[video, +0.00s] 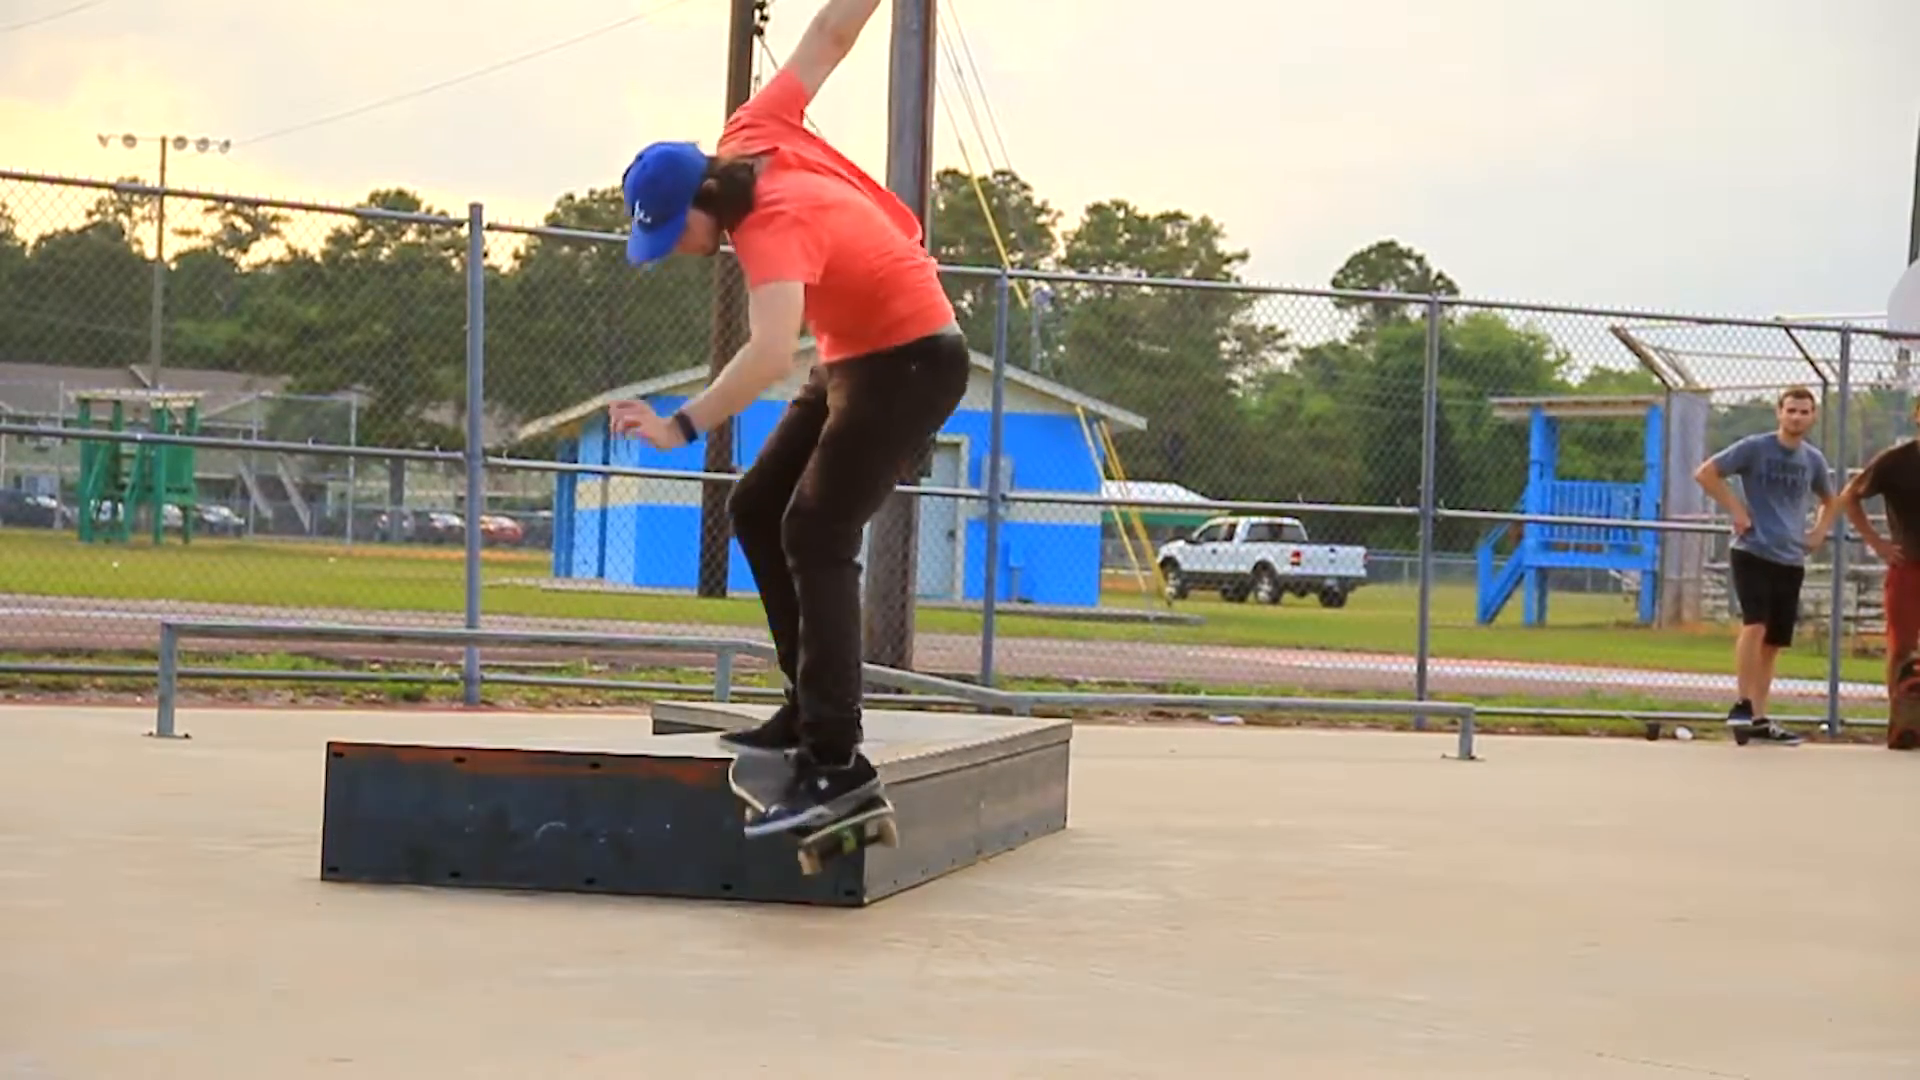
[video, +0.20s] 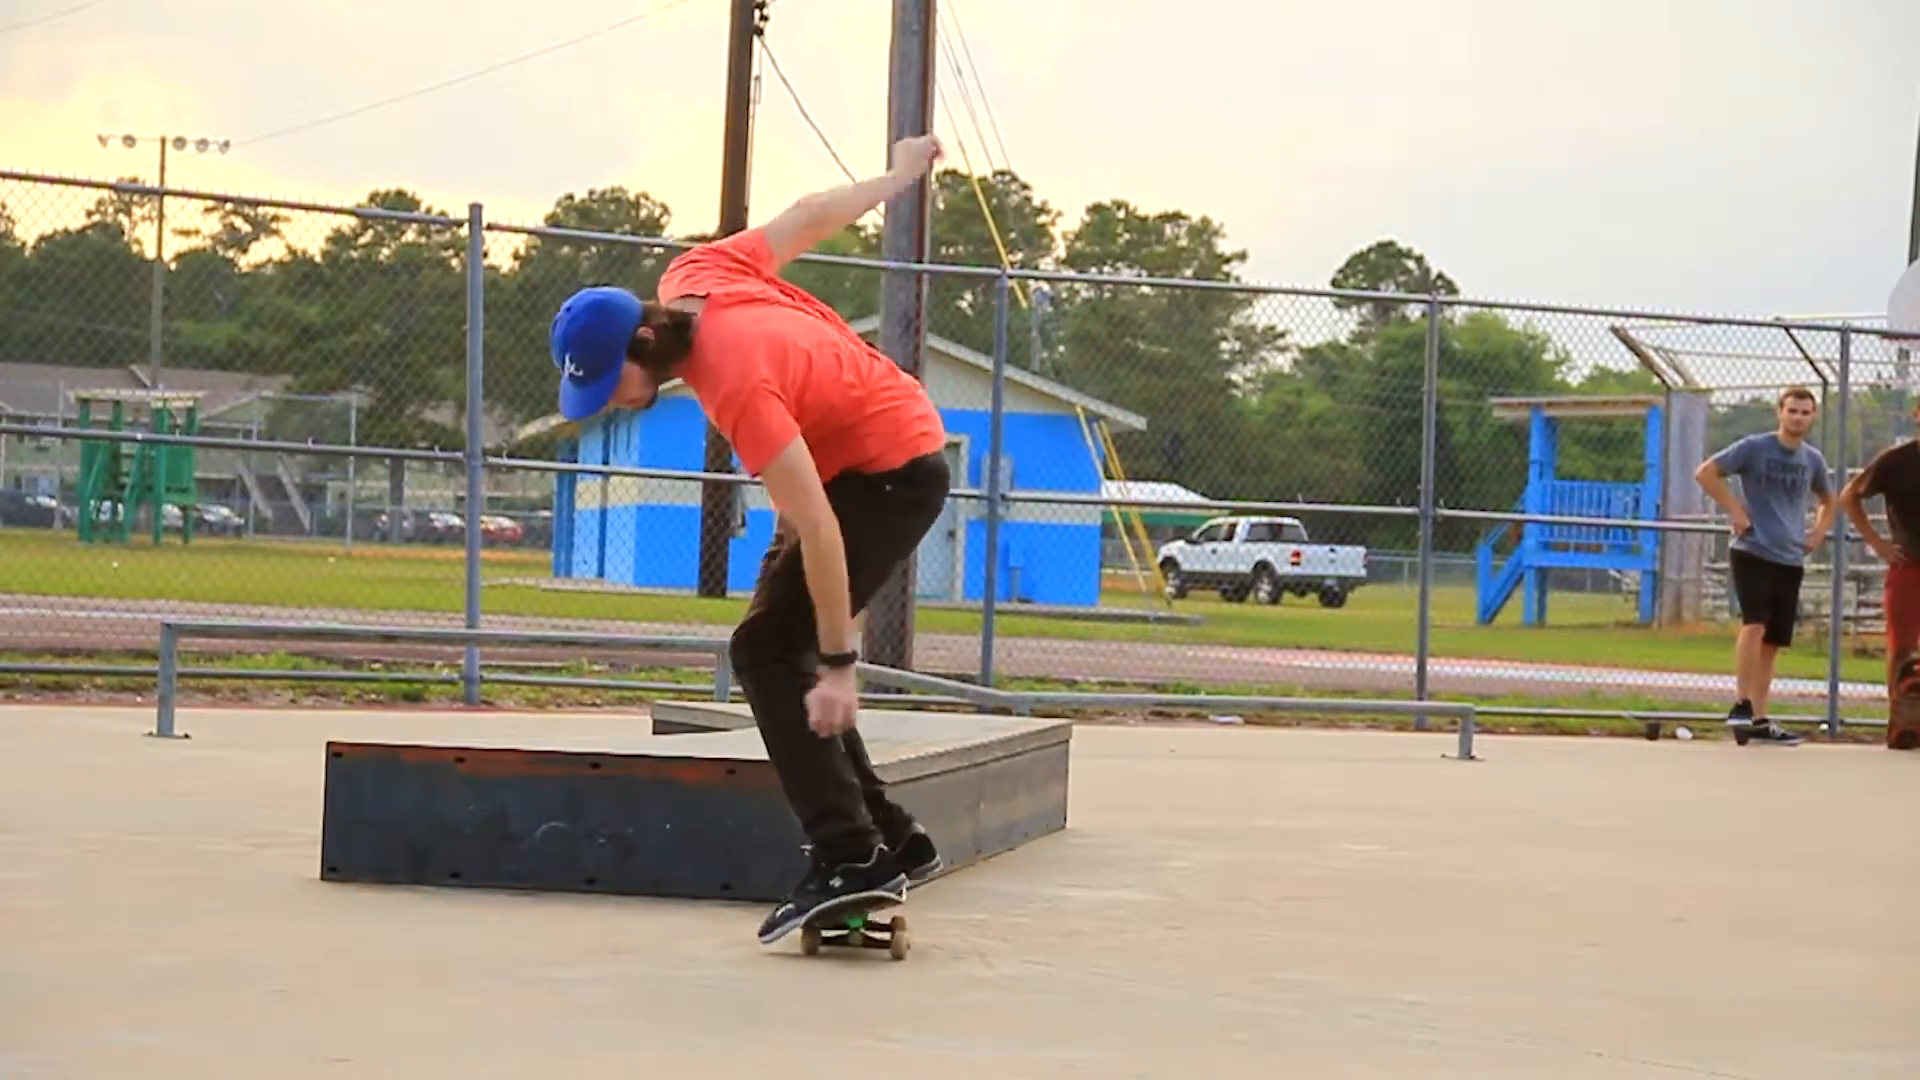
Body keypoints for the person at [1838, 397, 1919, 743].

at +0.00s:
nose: (1919, 416)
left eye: (1918, 410)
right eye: (1919, 411)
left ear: (1915, 417)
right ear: (1915, 417)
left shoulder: (1901, 458)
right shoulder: (1900, 458)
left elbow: (1850, 496)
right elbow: (1850, 496)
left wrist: (1877, 543)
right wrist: (1877, 543)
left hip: (1910, 569)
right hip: (1908, 566)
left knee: (1905, 648)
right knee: (1903, 648)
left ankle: (1905, 726)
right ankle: (1901, 726)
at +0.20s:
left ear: (1914, 416)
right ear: (1915, 416)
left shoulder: (1900, 458)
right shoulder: (1900, 459)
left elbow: (1850, 497)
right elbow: (1849, 496)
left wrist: (1878, 544)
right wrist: (1878, 544)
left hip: (1909, 568)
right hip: (1907, 567)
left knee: (1905, 650)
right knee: (1903, 649)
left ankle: (1905, 726)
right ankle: (1902, 726)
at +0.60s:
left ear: (1914, 416)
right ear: (1915, 416)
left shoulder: (1901, 457)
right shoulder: (1900, 458)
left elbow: (1850, 496)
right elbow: (1849, 495)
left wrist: (1877, 544)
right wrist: (1877, 543)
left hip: (1909, 568)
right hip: (1906, 567)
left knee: (1904, 650)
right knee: (1903, 648)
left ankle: (1905, 726)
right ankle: (1902, 726)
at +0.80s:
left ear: (1914, 415)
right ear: (1915, 415)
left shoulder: (1901, 457)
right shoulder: (1900, 458)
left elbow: (1849, 495)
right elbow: (1849, 495)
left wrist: (1875, 541)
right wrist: (1876, 542)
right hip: (1907, 567)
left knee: (1905, 654)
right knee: (1903, 653)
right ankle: (1901, 732)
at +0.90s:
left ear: (1914, 415)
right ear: (1915, 415)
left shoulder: (1901, 458)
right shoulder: (1900, 458)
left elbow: (1850, 495)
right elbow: (1849, 496)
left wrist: (1875, 541)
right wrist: (1876, 541)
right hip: (1907, 567)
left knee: (1904, 654)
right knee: (1902, 652)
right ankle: (1901, 734)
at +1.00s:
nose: (1919, 414)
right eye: (1919, 410)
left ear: (1914, 415)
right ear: (1915, 415)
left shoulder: (1901, 457)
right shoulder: (1901, 458)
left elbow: (1849, 495)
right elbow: (1849, 496)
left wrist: (1875, 541)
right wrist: (1876, 542)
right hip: (1907, 565)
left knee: (1904, 651)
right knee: (1902, 650)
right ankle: (1901, 726)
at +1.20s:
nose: (1918, 414)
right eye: (1919, 410)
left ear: (1914, 414)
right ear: (1915, 414)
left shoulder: (1901, 457)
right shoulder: (1900, 458)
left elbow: (1849, 495)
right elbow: (1849, 495)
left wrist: (1875, 541)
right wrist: (1876, 542)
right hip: (1907, 566)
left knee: (1905, 651)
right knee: (1903, 651)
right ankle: (1902, 729)